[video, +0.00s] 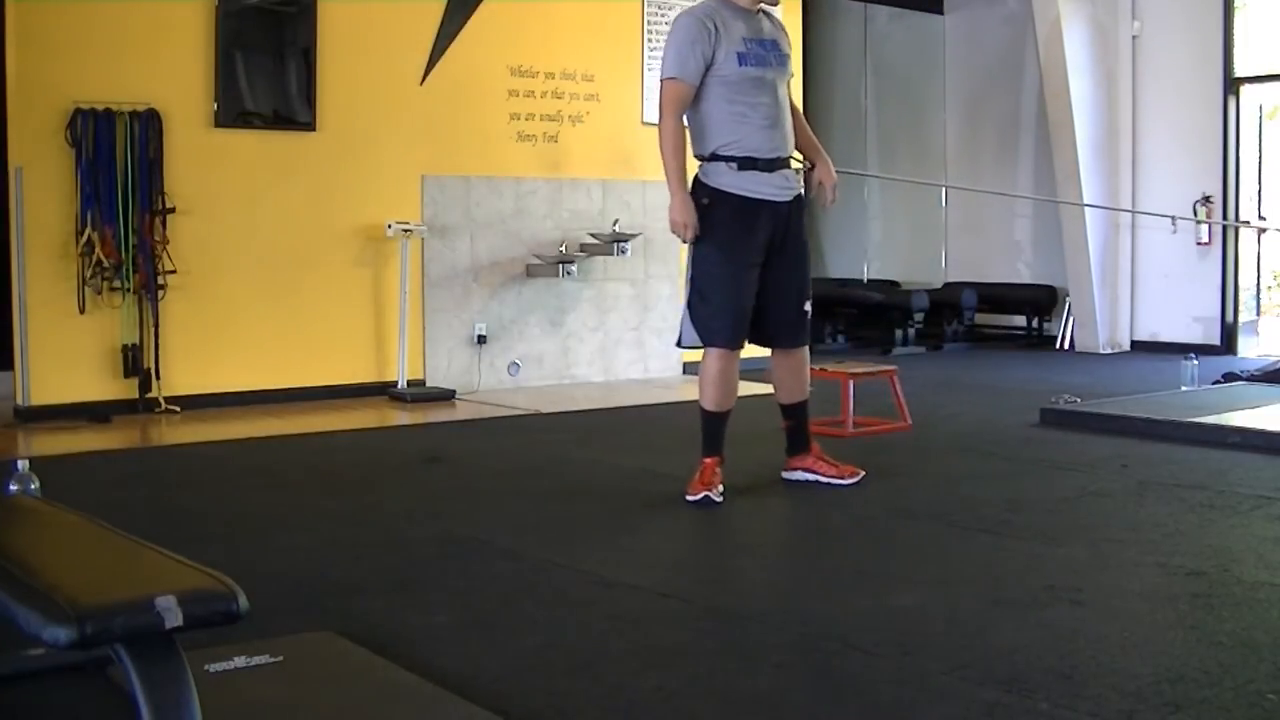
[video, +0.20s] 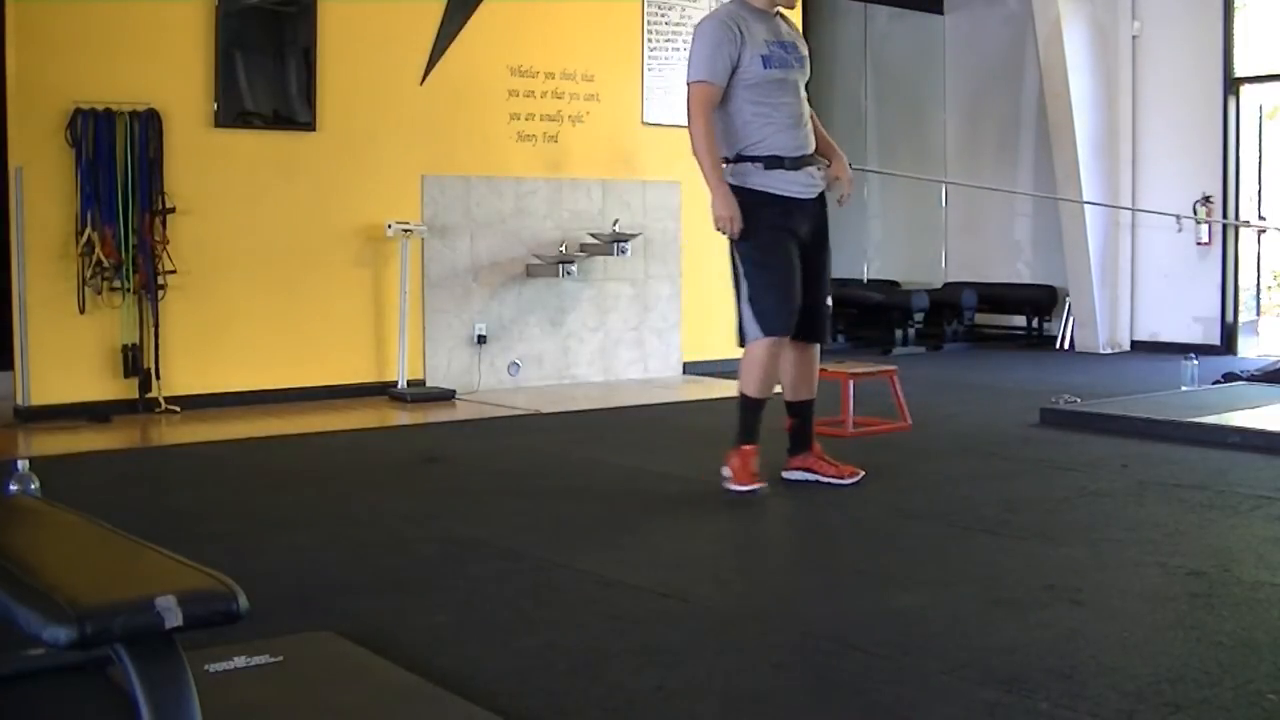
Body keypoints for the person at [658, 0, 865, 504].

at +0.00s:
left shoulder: (776, 27)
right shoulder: (698, 22)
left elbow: (783, 107)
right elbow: (671, 113)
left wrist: (819, 156)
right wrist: (678, 195)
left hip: (784, 198)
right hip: (727, 196)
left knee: (790, 331)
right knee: (723, 337)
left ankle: (800, 454)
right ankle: (711, 464)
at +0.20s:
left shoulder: (791, 31)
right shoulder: (720, 27)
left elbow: (796, 106)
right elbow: (699, 112)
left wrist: (834, 153)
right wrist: (718, 190)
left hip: (808, 197)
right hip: (757, 196)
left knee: (806, 328)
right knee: (772, 323)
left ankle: (802, 454)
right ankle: (745, 452)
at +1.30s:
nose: (979, 18)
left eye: (981, 9)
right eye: (975, 8)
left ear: (953, 7)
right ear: (947, 4)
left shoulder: (949, 56)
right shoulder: (897, 47)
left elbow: (929, 123)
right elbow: (849, 111)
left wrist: (952, 168)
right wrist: (879, 172)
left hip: (946, 206)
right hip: (902, 204)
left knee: (969, 318)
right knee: (935, 318)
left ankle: (967, 435)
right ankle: (915, 448)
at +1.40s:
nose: (986, 16)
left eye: (987, 8)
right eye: (983, 6)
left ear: (960, 5)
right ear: (956, 1)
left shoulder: (949, 51)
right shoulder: (911, 40)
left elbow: (930, 122)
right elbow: (865, 102)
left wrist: (959, 166)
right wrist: (870, 174)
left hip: (951, 203)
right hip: (907, 200)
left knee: (967, 316)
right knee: (934, 316)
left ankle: (967, 435)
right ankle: (914, 450)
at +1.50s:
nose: (988, 15)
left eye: (990, 7)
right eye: (985, 5)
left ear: (962, 6)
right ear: (959, 1)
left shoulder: (951, 50)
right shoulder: (918, 37)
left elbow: (939, 124)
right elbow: (877, 99)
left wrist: (966, 167)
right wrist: (871, 171)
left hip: (953, 203)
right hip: (915, 201)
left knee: (963, 324)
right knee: (932, 322)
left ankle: (966, 435)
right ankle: (914, 450)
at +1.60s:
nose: (989, 14)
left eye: (990, 6)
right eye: (986, 5)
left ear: (961, 4)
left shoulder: (950, 48)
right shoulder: (923, 35)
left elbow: (936, 118)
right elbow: (882, 96)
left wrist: (967, 163)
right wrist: (880, 176)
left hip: (956, 198)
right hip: (921, 196)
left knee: (961, 324)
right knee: (932, 323)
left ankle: (966, 435)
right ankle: (914, 450)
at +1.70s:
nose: (990, 14)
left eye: (991, 7)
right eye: (987, 5)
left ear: (965, 4)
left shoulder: (951, 48)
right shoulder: (925, 35)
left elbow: (939, 117)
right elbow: (886, 99)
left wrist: (969, 164)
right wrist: (905, 175)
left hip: (960, 199)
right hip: (930, 196)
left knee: (962, 324)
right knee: (933, 324)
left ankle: (966, 435)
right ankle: (915, 449)